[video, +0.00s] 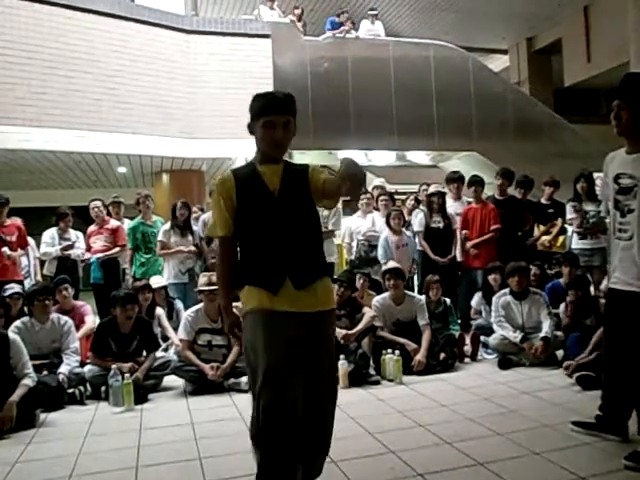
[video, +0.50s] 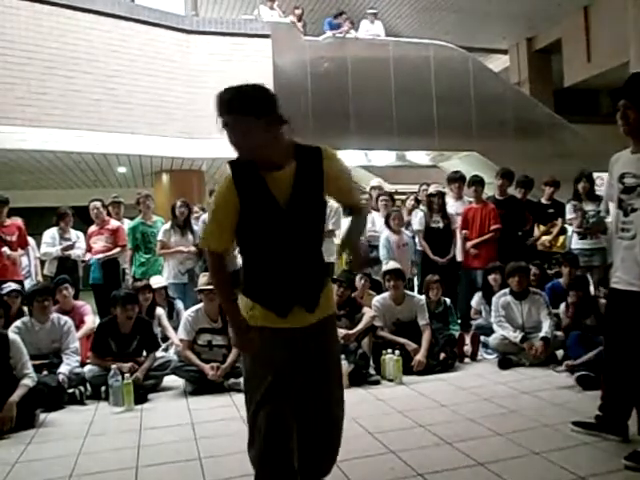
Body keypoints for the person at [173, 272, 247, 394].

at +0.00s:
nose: (211, 296)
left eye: (214, 292)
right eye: (206, 293)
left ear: (220, 293)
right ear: (200, 295)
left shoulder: (230, 314)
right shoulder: (191, 316)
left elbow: (237, 344)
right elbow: (184, 349)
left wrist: (225, 367)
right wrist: (204, 367)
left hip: (225, 361)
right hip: (200, 362)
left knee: (248, 368)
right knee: (177, 367)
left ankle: (202, 386)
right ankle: (225, 384)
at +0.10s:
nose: (210, 296)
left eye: (213, 291)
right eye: (206, 293)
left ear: (220, 293)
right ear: (200, 296)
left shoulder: (231, 314)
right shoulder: (191, 315)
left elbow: (237, 344)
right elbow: (183, 349)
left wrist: (225, 367)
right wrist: (204, 367)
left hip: (225, 360)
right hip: (200, 361)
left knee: (248, 367)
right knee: (177, 367)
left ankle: (202, 386)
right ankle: (225, 384)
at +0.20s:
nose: (208, 296)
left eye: (211, 292)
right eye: (204, 293)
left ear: (219, 293)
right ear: (200, 296)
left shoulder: (231, 315)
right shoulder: (191, 315)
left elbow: (237, 345)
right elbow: (183, 349)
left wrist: (225, 367)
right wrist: (204, 367)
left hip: (225, 360)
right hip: (200, 361)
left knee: (245, 367)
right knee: (178, 367)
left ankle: (200, 386)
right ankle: (225, 384)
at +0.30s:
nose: (210, 296)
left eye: (213, 292)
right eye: (205, 293)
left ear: (220, 293)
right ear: (200, 295)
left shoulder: (233, 313)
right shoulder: (191, 315)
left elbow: (237, 343)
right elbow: (183, 349)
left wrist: (226, 367)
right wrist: (204, 367)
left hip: (226, 360)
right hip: (200, 360)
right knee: (177, 367)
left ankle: (201, 386)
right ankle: (224, 384)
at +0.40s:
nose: (210, 296)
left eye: (213, 292)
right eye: (206, 293)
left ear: (220, 293)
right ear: (200, 295)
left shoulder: (229, 314)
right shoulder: (191, 315)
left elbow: (237, 344)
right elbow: (183, 349)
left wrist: (225, 367)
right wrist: (204, 367)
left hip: (225, 360)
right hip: (200, 361)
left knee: (247, 367)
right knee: (177, 367)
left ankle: (200, 386)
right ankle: (225, 384)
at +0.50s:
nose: (210, 296)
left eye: (213, 292)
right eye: (206, 293)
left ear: (220, 294)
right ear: (200, 296)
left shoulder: (229, 314)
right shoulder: (191, 315)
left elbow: (236, 346)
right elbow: (183, 349)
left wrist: (225, 367)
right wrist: (204, 367)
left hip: (225, 360)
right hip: (200, 360)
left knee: (244, 370)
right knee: (177, 367)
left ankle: (200, 386)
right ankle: (224, 384)